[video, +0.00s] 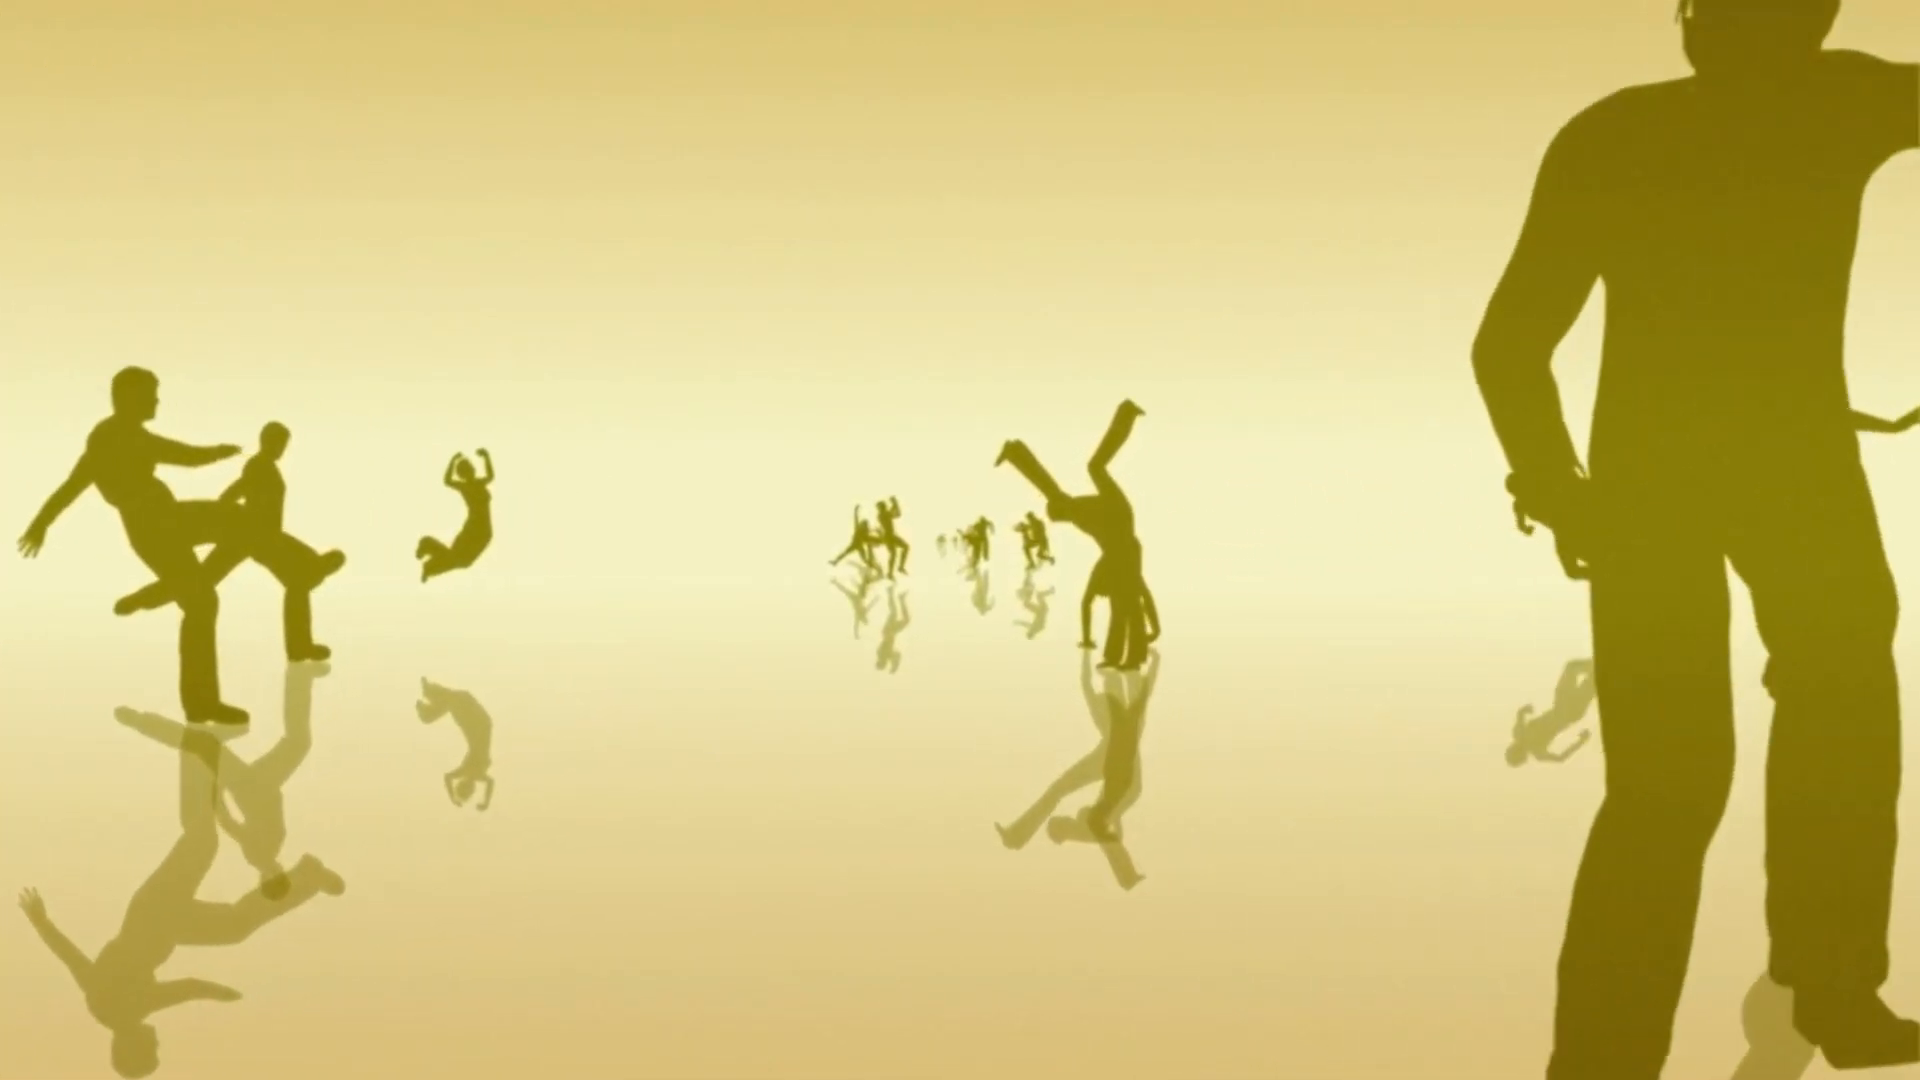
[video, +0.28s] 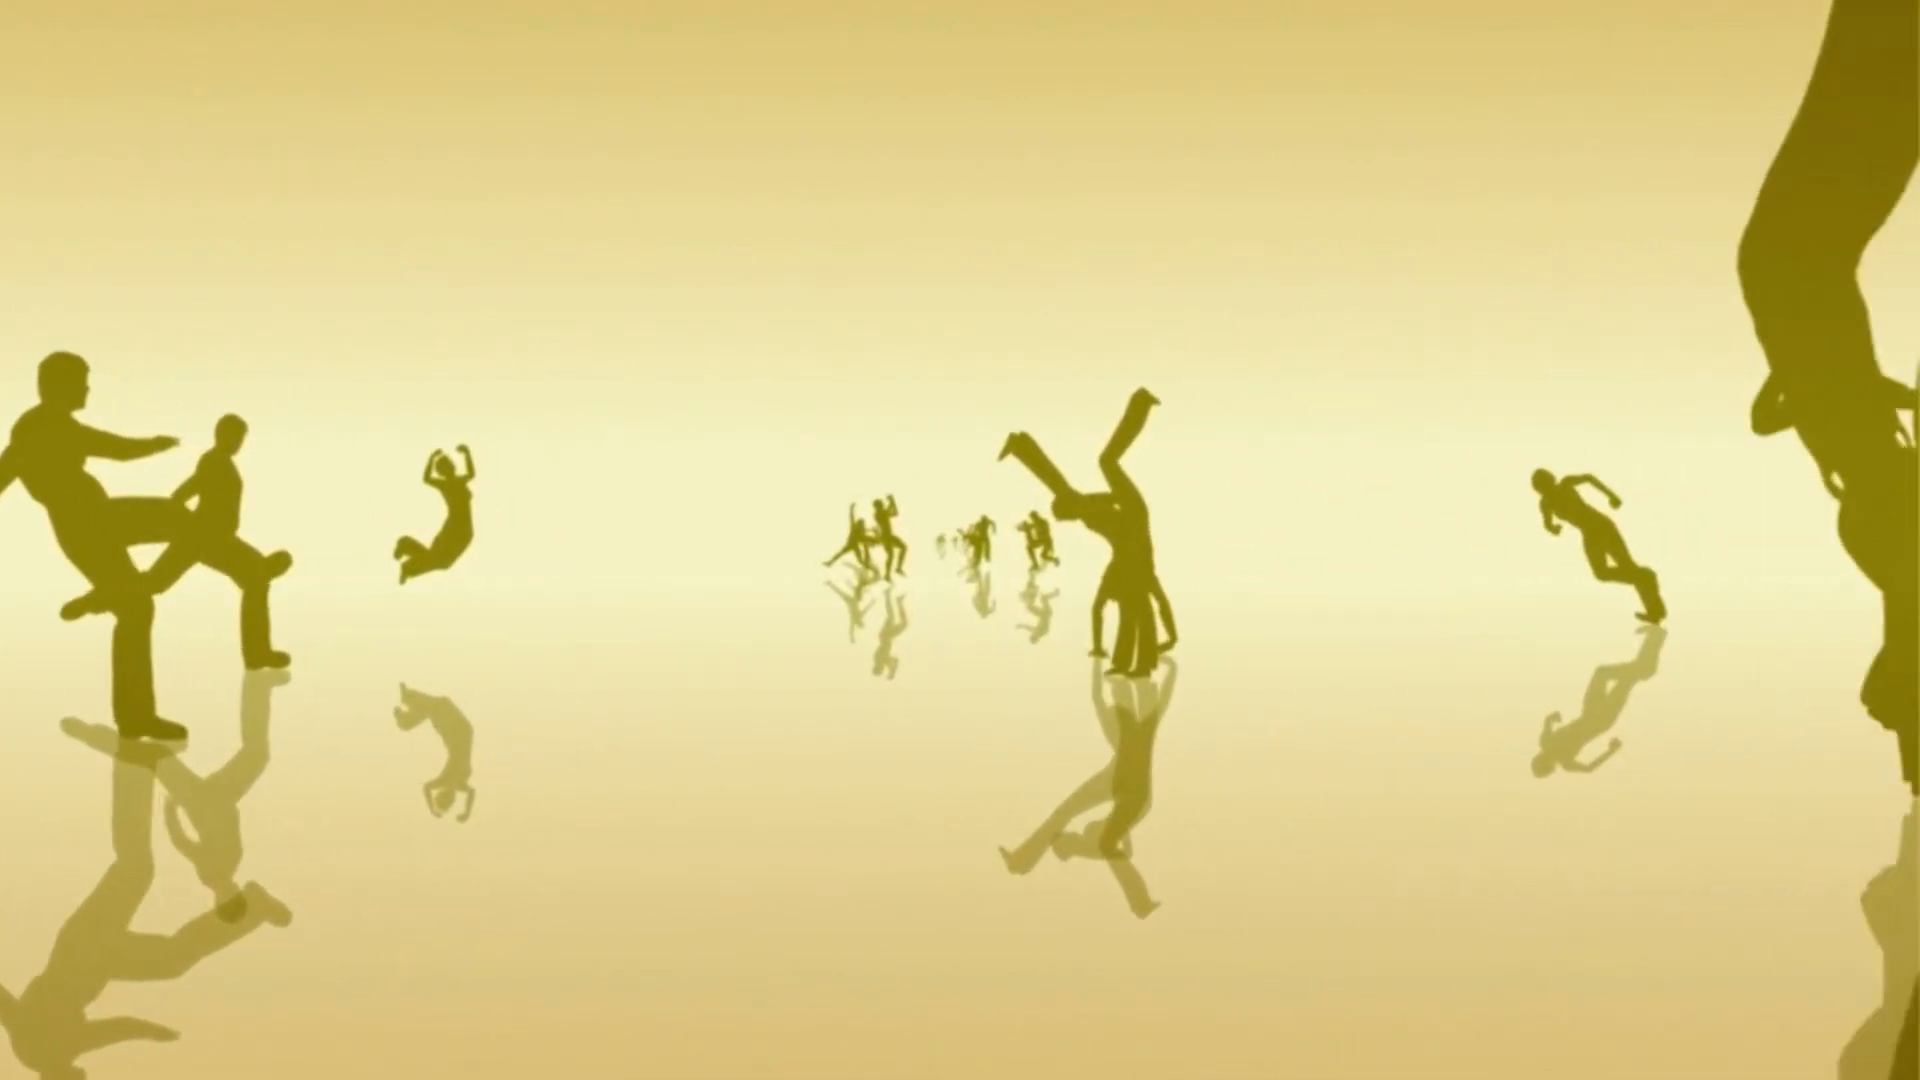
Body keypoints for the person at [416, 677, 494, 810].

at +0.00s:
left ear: (469, 786)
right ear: (461, 784)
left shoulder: (477, 775)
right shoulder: (463, 772)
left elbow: (491, 781)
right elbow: (447, 777)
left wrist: (486, 803)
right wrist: (452, 798)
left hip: (465, 701)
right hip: (455, 701)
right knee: (427, 717)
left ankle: (429, 689)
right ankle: (419, 705)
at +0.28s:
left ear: (448, 796)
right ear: (442, 794)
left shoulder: (458, 785)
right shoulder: (443, 782)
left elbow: (472, 791)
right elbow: (426, 787)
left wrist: (467, 813)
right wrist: (431, 809)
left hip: (445, 708)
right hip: (435, 708)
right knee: (405, 724)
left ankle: (407, 695)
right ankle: (397, 712)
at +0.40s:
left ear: (444, 799)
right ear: (436, 797)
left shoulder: (454, 787)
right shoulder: (438, 784)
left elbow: (467, 794)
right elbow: (421, 790)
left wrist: (462, 815)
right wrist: (426, 811)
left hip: (440, 711)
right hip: (431, 710)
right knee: (399, 727)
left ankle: (402, 696)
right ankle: (391, 713)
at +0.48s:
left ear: (437, 803)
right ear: (427, 801)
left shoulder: (445, 792)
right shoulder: (428, 789)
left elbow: (459, 798)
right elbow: (412, 793)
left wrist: (454, 820)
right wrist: (418, 815)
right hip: (423, 713)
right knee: (390, 729)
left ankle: (393, 698)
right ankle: (382, 716)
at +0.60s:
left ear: (431, 806)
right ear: (421, 804)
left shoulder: (440, 794)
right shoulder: (423, 791)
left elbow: (454, 801)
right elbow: (406, 796)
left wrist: (448, 824)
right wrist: (412, 818)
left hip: (427, 715)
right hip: (417, 714)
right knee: (385, 732)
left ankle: (387, 700)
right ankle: (376, 718)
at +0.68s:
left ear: (423, 810)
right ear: (412, 808)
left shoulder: (432, 798)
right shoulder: (414, 795)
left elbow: (446, 805)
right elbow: (397, 800)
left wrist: (440, 828)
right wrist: (403, 823)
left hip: (419, 717)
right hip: (407, 717)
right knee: (376, 734)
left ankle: (378, 703)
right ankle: (367, 721)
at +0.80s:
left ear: (417, 813)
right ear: (406, 811)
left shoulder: (426, 800)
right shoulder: (409, 798)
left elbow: (440, 808)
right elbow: (392, 803)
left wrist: (435, 831)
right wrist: (397, 826)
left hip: (413, 719)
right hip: (402, 719)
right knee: (369, 736)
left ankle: (371, 704)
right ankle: (361, 723)